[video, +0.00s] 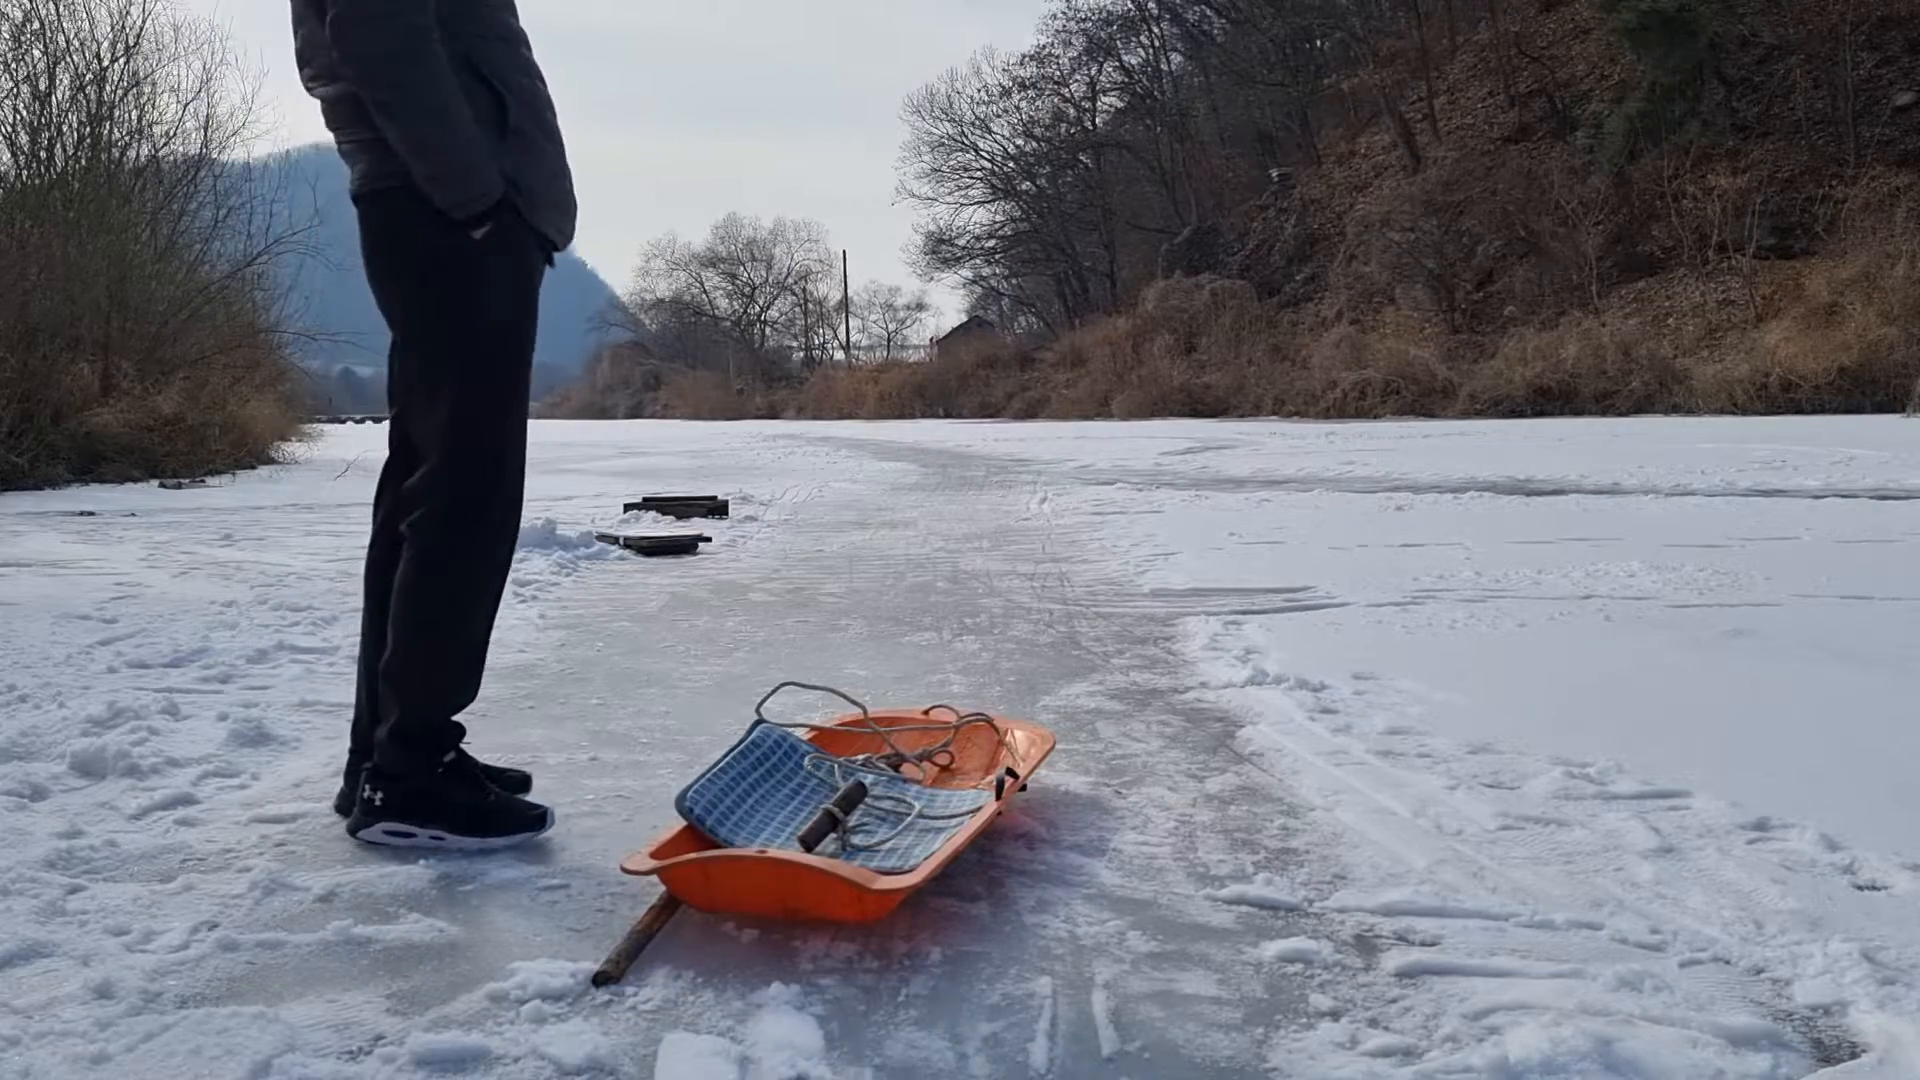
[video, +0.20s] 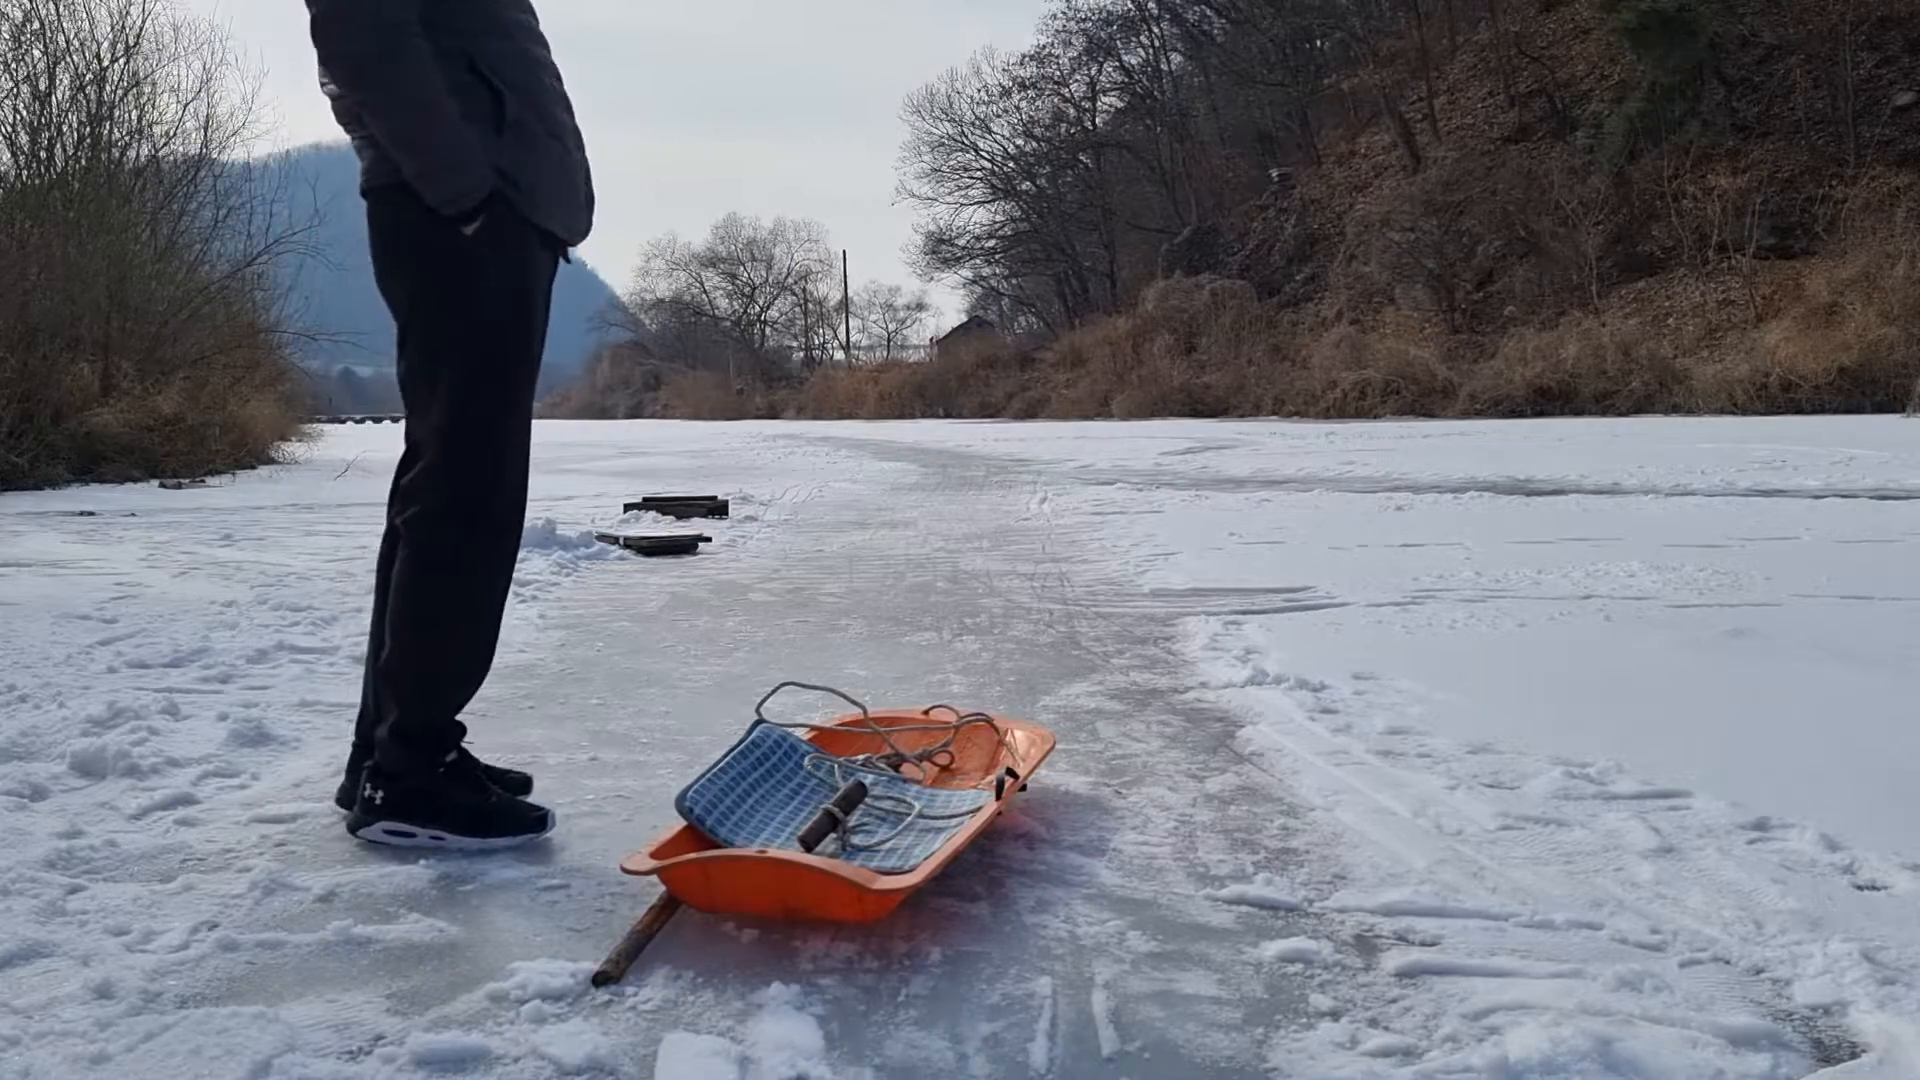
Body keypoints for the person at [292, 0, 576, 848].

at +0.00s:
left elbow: (346, 51)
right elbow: (381, 41)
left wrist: (477, 191)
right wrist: (481, 199)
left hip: (428, 223)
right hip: (459, 225)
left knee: (425, 486)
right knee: (470, 491)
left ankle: (389, 759)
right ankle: (412, 768)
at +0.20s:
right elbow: (365, 46)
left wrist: (514, 191)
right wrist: (472, 193)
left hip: (482, 224)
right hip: (467, 222)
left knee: (446, 488)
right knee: (468, 493)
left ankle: (397, 755)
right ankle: (410, 768)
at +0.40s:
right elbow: (342, 25)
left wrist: (535, 193)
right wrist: (455, 188)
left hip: (510, 219)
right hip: (463, 213)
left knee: (466, 488)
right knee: (450, 487)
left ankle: (406, 750)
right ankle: (407, 767)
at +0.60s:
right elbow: (329, 20)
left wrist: (548, 177)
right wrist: (441, 177)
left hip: (517, 211)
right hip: (457, 205)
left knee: (471, 481)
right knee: (453, 480)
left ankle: (407, 743)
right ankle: (412, 761)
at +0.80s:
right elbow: (321, 19)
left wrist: (556, 183)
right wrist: (428, 181)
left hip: (526, 213)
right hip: (449, 206)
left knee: (472, 486)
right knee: (443, 483)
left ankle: (414, 739)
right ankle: (413, 765)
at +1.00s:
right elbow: (306, 21)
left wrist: (560, 187)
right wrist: (410, 184)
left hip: (535, 215)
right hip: (439, 206)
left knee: (476, 494)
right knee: (434, 489)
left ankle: (425, 743)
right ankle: (406, 769)